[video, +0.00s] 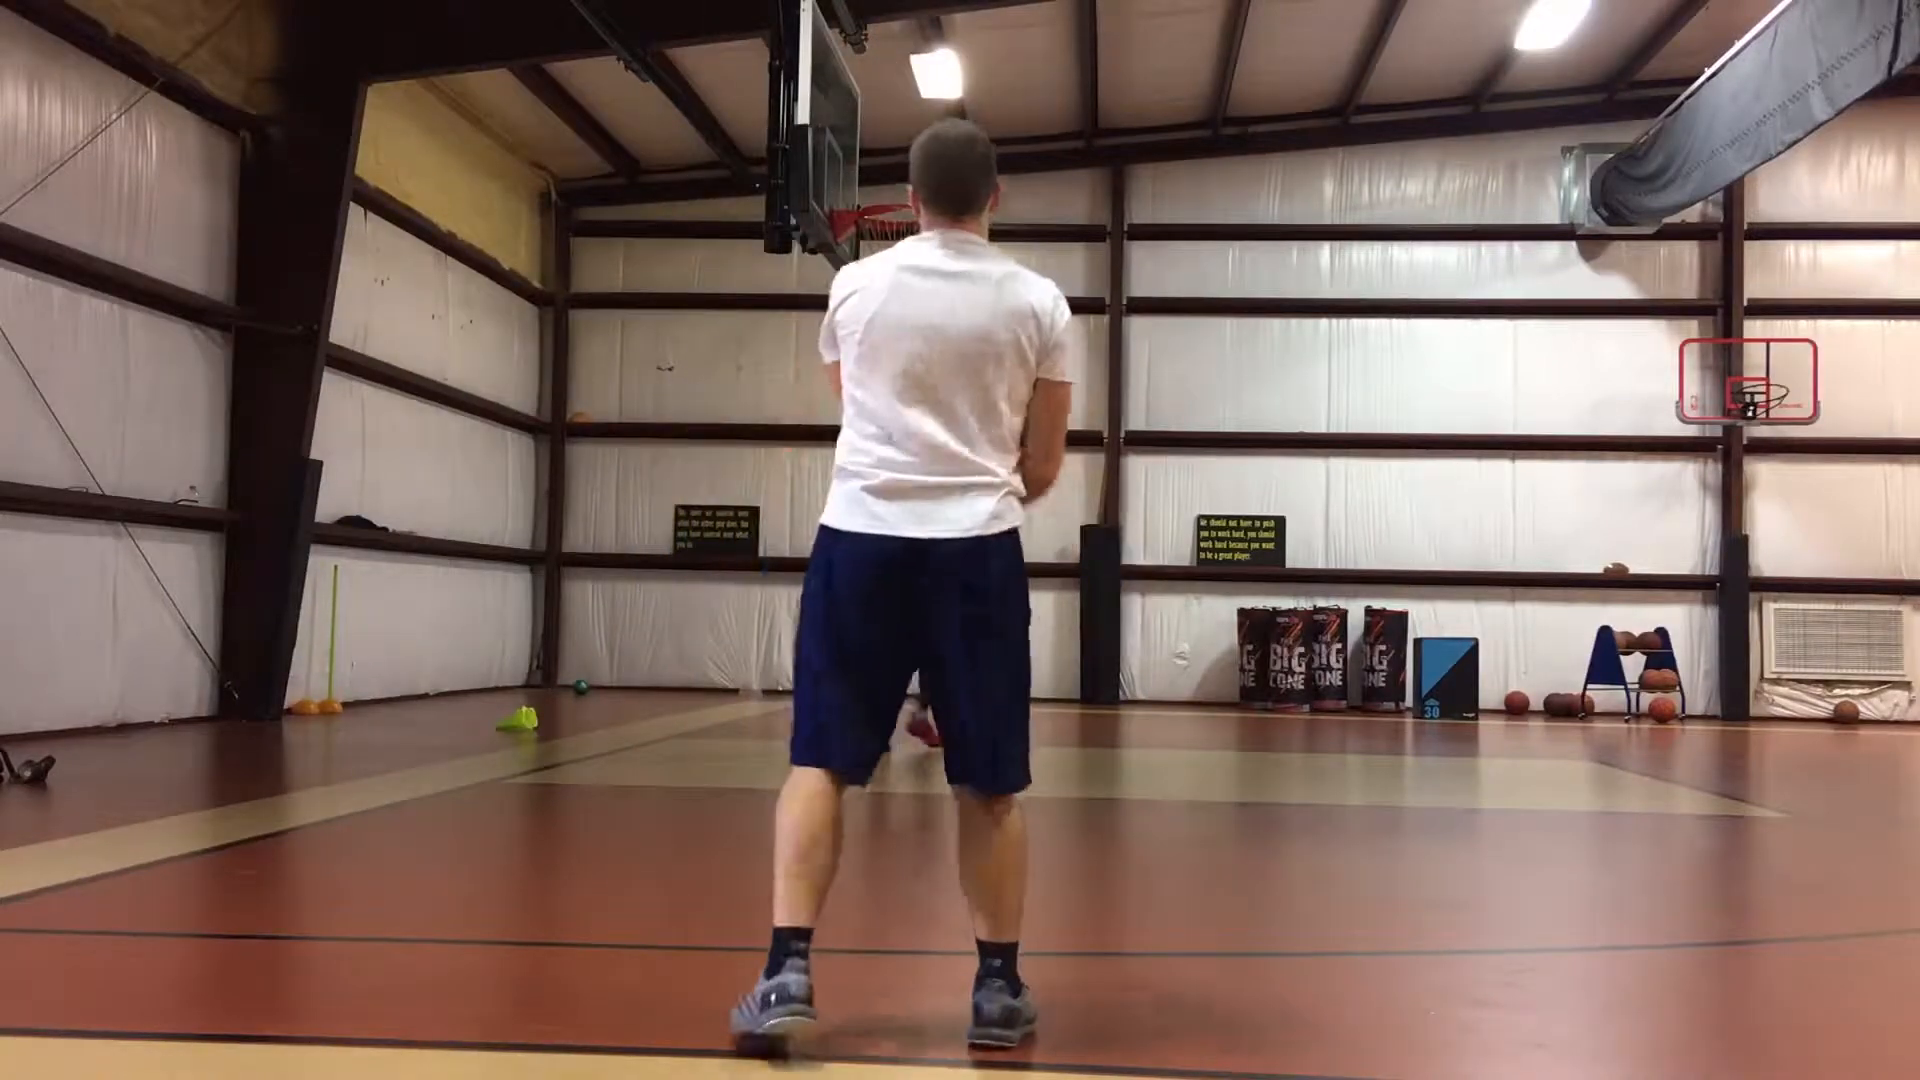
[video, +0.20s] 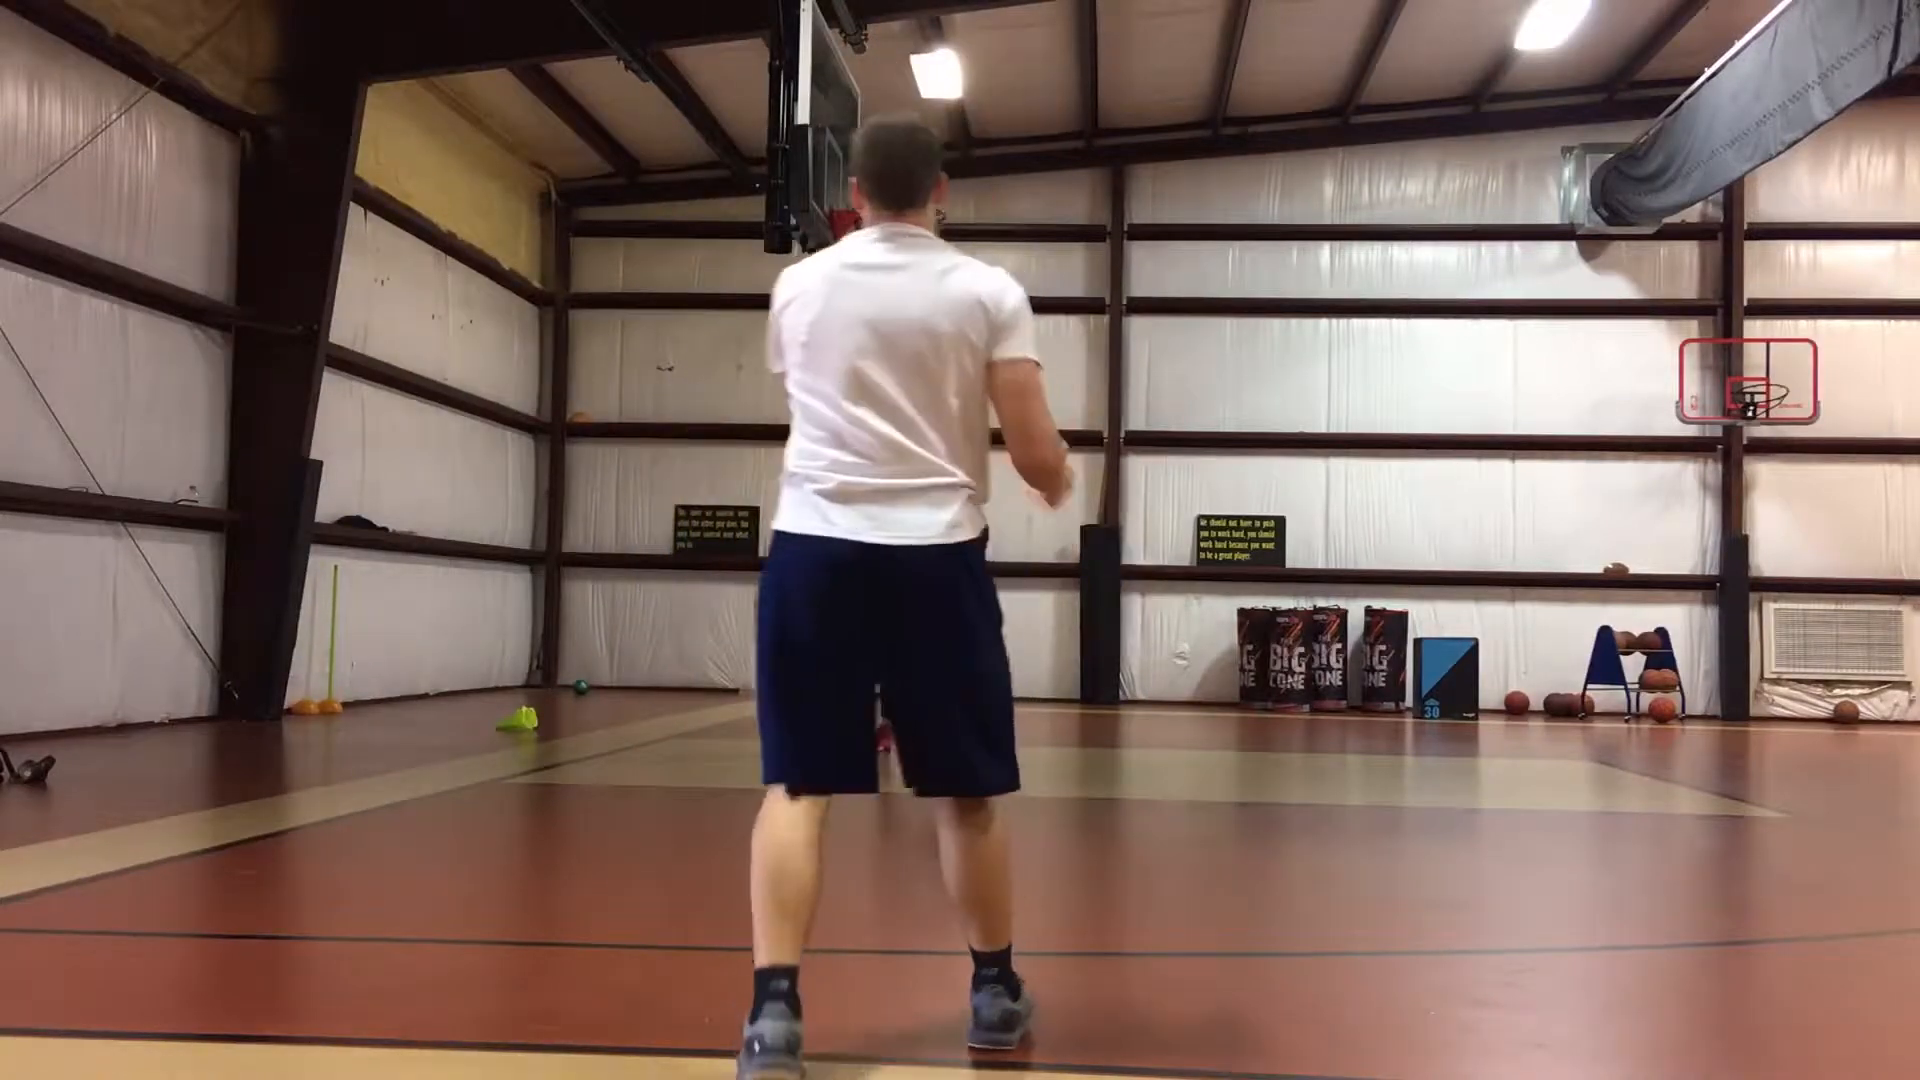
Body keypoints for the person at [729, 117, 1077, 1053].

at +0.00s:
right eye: (995, 189)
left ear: (913, 195)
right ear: (997, 197)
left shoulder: (856, 285)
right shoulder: (1039, 302)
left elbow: (849, 407)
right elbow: (1042, 468)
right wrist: (969, 498)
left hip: (858, 552)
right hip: (978, 559)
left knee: (818, 756)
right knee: (991, 782)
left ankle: (788, 969)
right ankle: (997, 984)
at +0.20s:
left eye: (857, 188)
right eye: (939, 190)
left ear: (853, 197)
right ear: (943, 197)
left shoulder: (798, 287)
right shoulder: (987, 291)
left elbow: (801, 394)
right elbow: (1035, 451)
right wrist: (1054, 475)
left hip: (810, 569)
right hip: (937, 576)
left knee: (794, 784)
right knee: (969, 792)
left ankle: (774, 1008)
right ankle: (996, 992)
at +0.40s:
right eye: (882, 163)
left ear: (789, 173)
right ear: (878, 169)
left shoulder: (729, 274)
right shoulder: (925, 262)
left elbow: (718, 443)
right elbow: (952, 416)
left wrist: (755, 535)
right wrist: (1015, 526)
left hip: (757, 557)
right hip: (889, 558)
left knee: (769, 790)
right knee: (920, 780)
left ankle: (774, 1027)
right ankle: (948, 998)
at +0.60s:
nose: (852, 159)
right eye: (856, 146)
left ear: (751, 152)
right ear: (846, 149)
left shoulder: (690, 255)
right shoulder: (887, 243)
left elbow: (616, 404)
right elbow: (926, 404)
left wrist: (570, 538)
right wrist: (967, 509)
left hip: (715, 545)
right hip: (840, 544)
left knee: (751, 785)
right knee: (851, 789)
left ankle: (771, 1019)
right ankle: (771, 988)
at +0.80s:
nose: (847, 161)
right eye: (848, 148)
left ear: (742, 142)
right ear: (837, 147)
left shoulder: (661, 232)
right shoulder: (868, 247)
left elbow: (587, 366)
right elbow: (934, 417)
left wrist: (524, 508)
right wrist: (960, 515)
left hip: (644, 521)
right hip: (776, 523)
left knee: (694, 783)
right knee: (739, 800)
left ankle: (735, 1020)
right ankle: (691, 1052)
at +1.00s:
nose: (653, 133)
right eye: (656, 118)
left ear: (551, 115)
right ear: (648, 121)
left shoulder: (464, 213)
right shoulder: (690, 230)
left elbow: (394, 376)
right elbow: (734, 398)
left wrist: (421, 522)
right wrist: (784, 563)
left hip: (465, 539)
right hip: (619, 547)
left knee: (388, 808)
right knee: (638, 826)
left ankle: (296, 1060)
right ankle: (672, 1066)